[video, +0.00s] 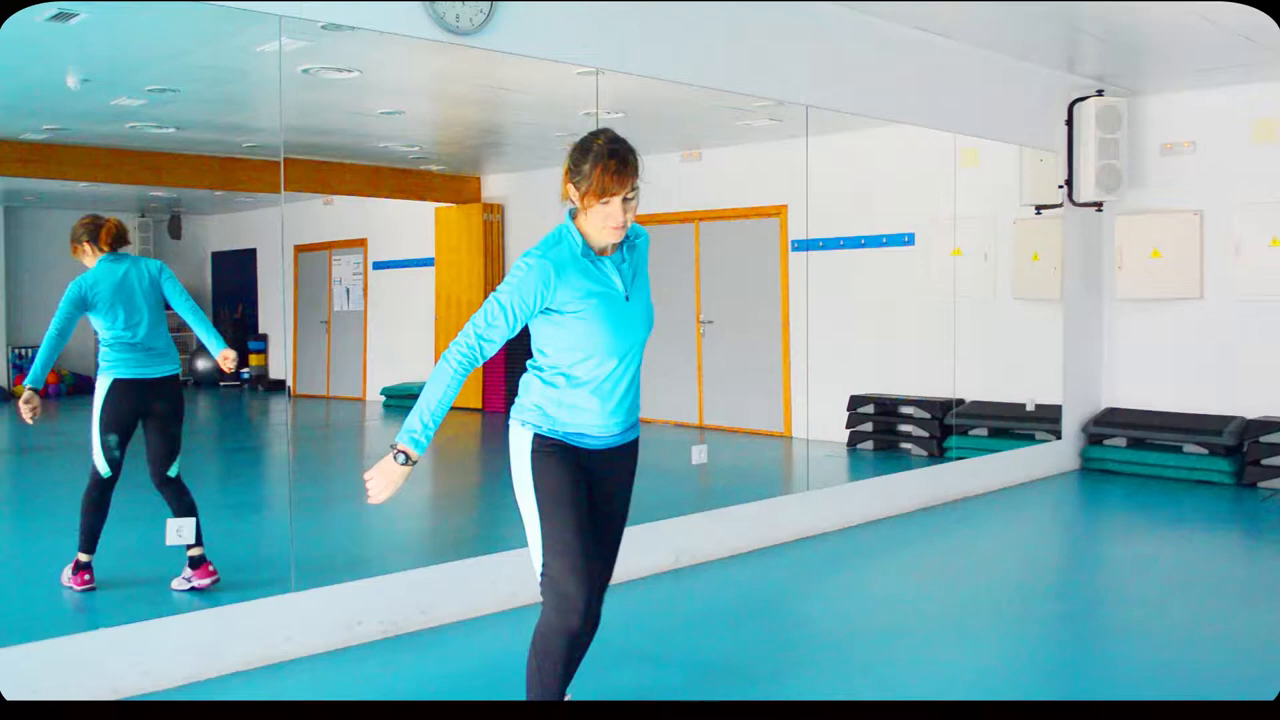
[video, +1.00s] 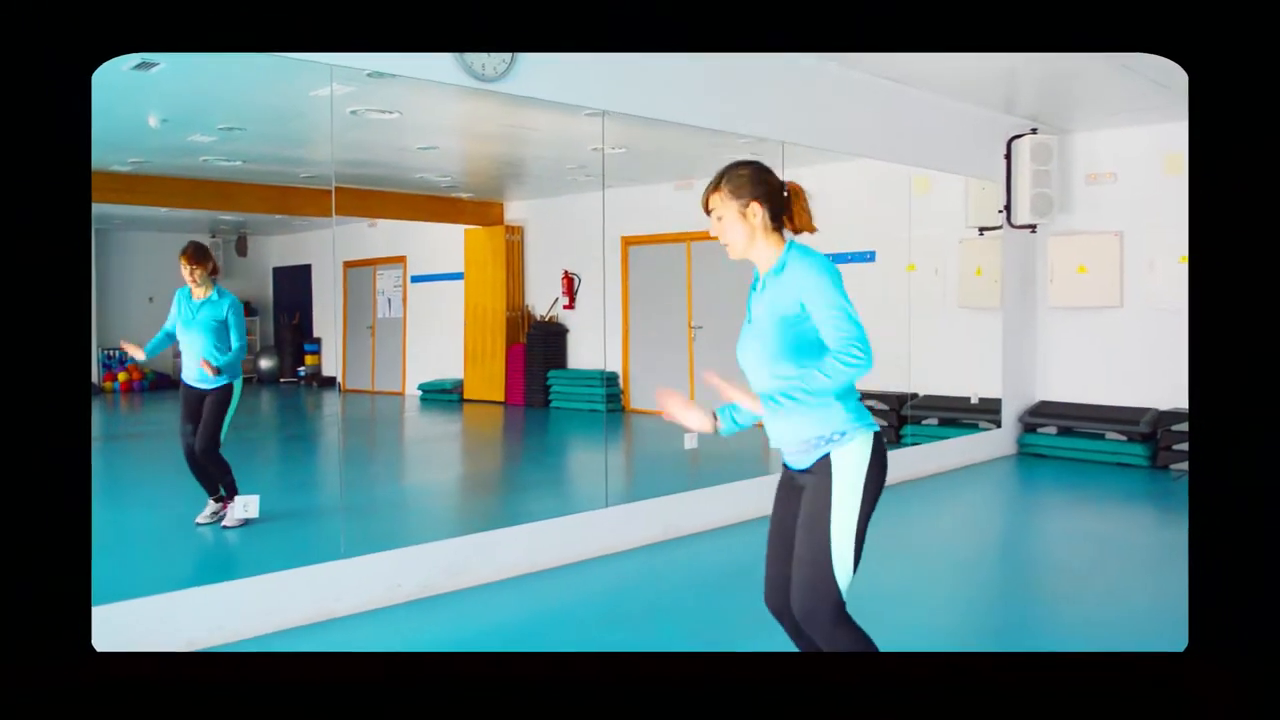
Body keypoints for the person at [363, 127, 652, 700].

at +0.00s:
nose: (621, 215)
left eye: (628, 199)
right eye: (607, 201)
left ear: (636, 196)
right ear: (575, 197)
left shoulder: (636, 244)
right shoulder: (544, 268)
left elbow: (619, 331)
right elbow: (466, 349)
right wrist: (405, 451)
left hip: (617, 445)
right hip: (548, 443)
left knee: (587, 610)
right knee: (569, 605)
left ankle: (548, 694)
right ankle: (543, 699)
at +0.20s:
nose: (612, 190)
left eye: (619, 171)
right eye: (593, 179)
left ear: (631, 171)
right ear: (569, 188)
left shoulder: (646, 229)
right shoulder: (553, 265)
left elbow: (637, 324)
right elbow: (483, 350)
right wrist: (441, 447)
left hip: (638, 434)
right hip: (570, 438)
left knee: (668, 589)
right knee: (580, 597)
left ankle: (595, 681)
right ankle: (550, 694)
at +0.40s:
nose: (622, 181)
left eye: (627, 163)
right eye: (603, 176)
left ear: (647, 164)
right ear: (589, 192)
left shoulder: (688, 230)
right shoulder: (583, 269)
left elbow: (709, 302)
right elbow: (529, 354)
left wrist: (733, 357)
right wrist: (504, 445)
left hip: (688, 446)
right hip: (608, 450)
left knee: (740, 599)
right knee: (606, 603)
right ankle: (561, 682)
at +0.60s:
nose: (629, 196)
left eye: (635, 177)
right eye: (622, 187)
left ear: (678, 169)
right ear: (626, 200)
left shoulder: (762, 229)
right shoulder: (637, 268)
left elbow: (831, 262)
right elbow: (614, 336)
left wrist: (887, 300)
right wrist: (615, 397)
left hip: (771, 448)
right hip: (685, 453)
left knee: (809, 607)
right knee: (657, 595)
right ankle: (611, 670)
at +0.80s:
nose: (670, 180)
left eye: (676, 164)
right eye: (668, 167)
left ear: (714, 160)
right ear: (710, 163)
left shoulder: (798, 222)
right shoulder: (696, 244)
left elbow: (885, 254)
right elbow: (728, 322)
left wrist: (939, 340)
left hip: (813, 429)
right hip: (739, 436)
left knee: (829, 591)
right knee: (748, 591)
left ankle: (869, 671)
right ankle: (791, 667)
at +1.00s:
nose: (712, 230)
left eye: (718, 216)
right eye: (710, 218)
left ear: (754, 212)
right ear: (750, 216)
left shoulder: (808, 268)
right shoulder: (762, 286)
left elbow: (854, 356)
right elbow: (777, 385)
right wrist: (716, 422)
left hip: (845, 453)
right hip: (800, 460)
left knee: (817, 607)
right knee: (783, 600)